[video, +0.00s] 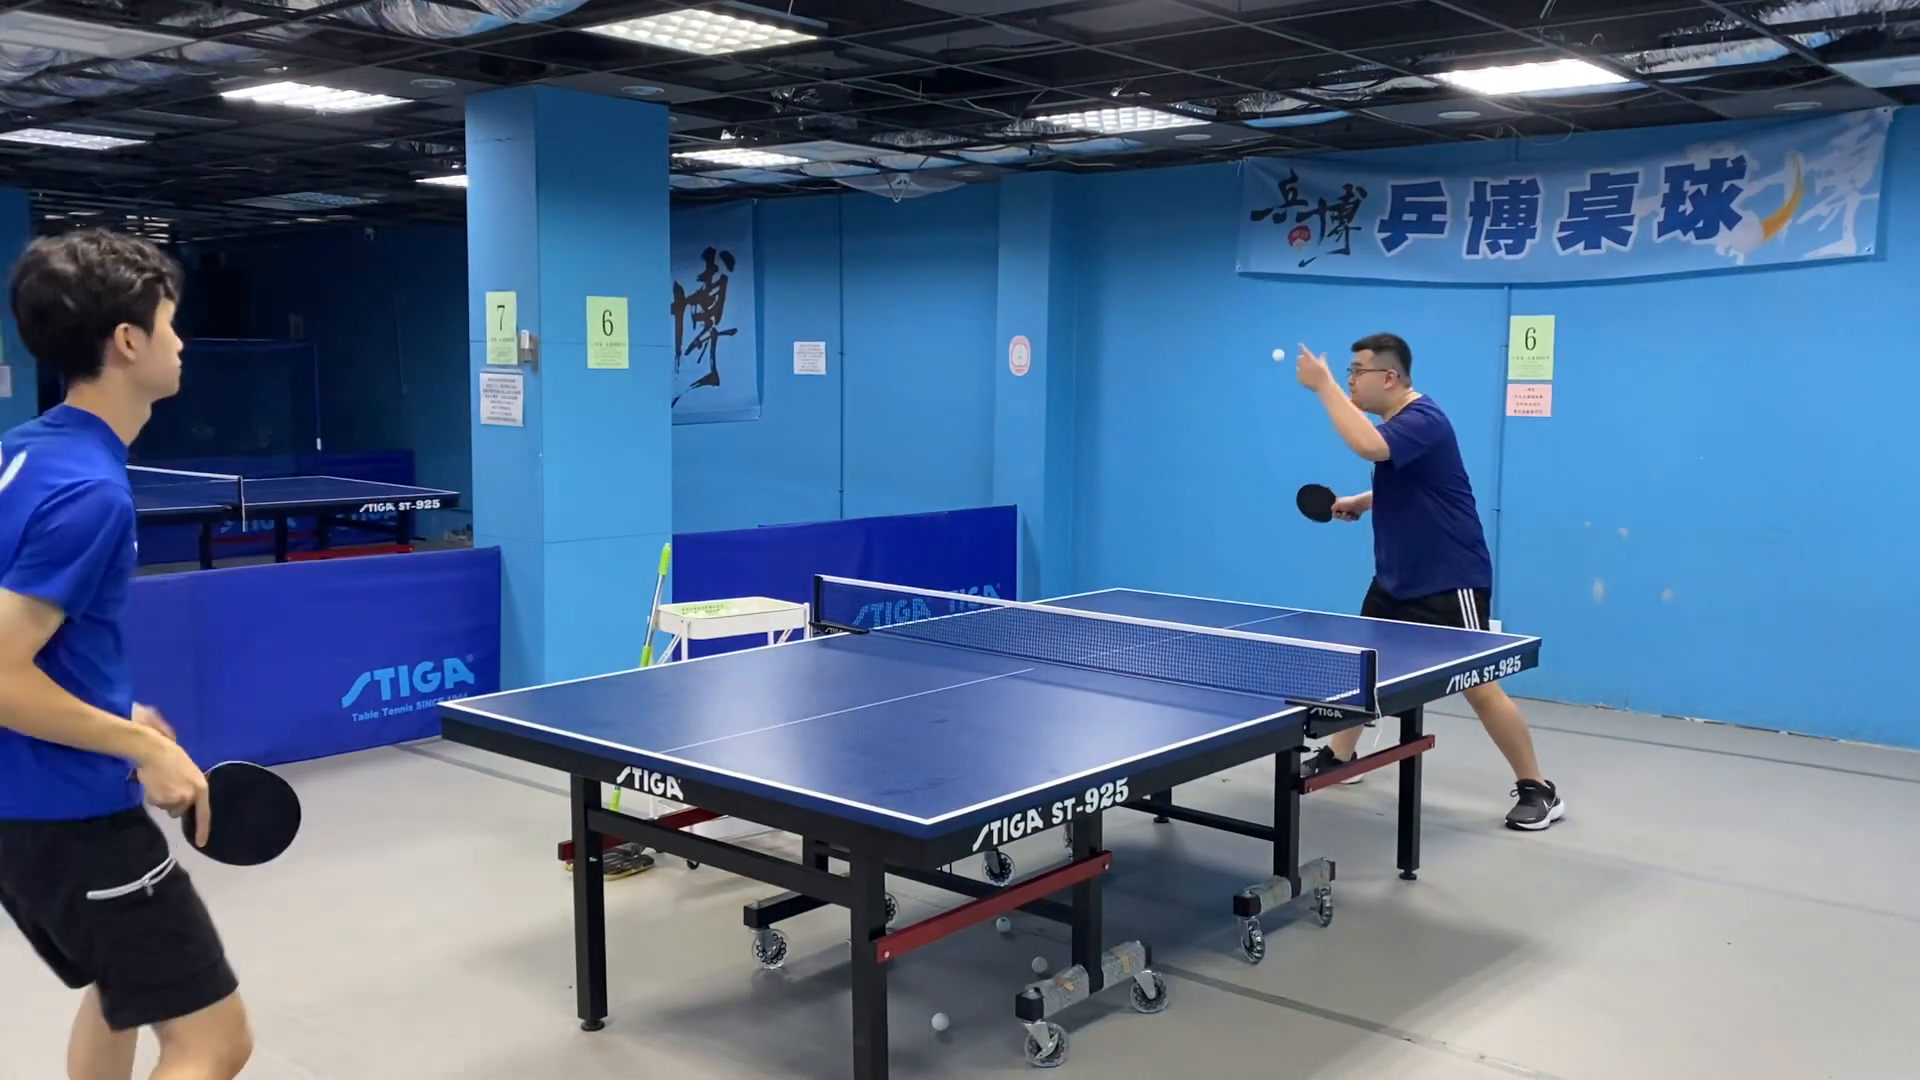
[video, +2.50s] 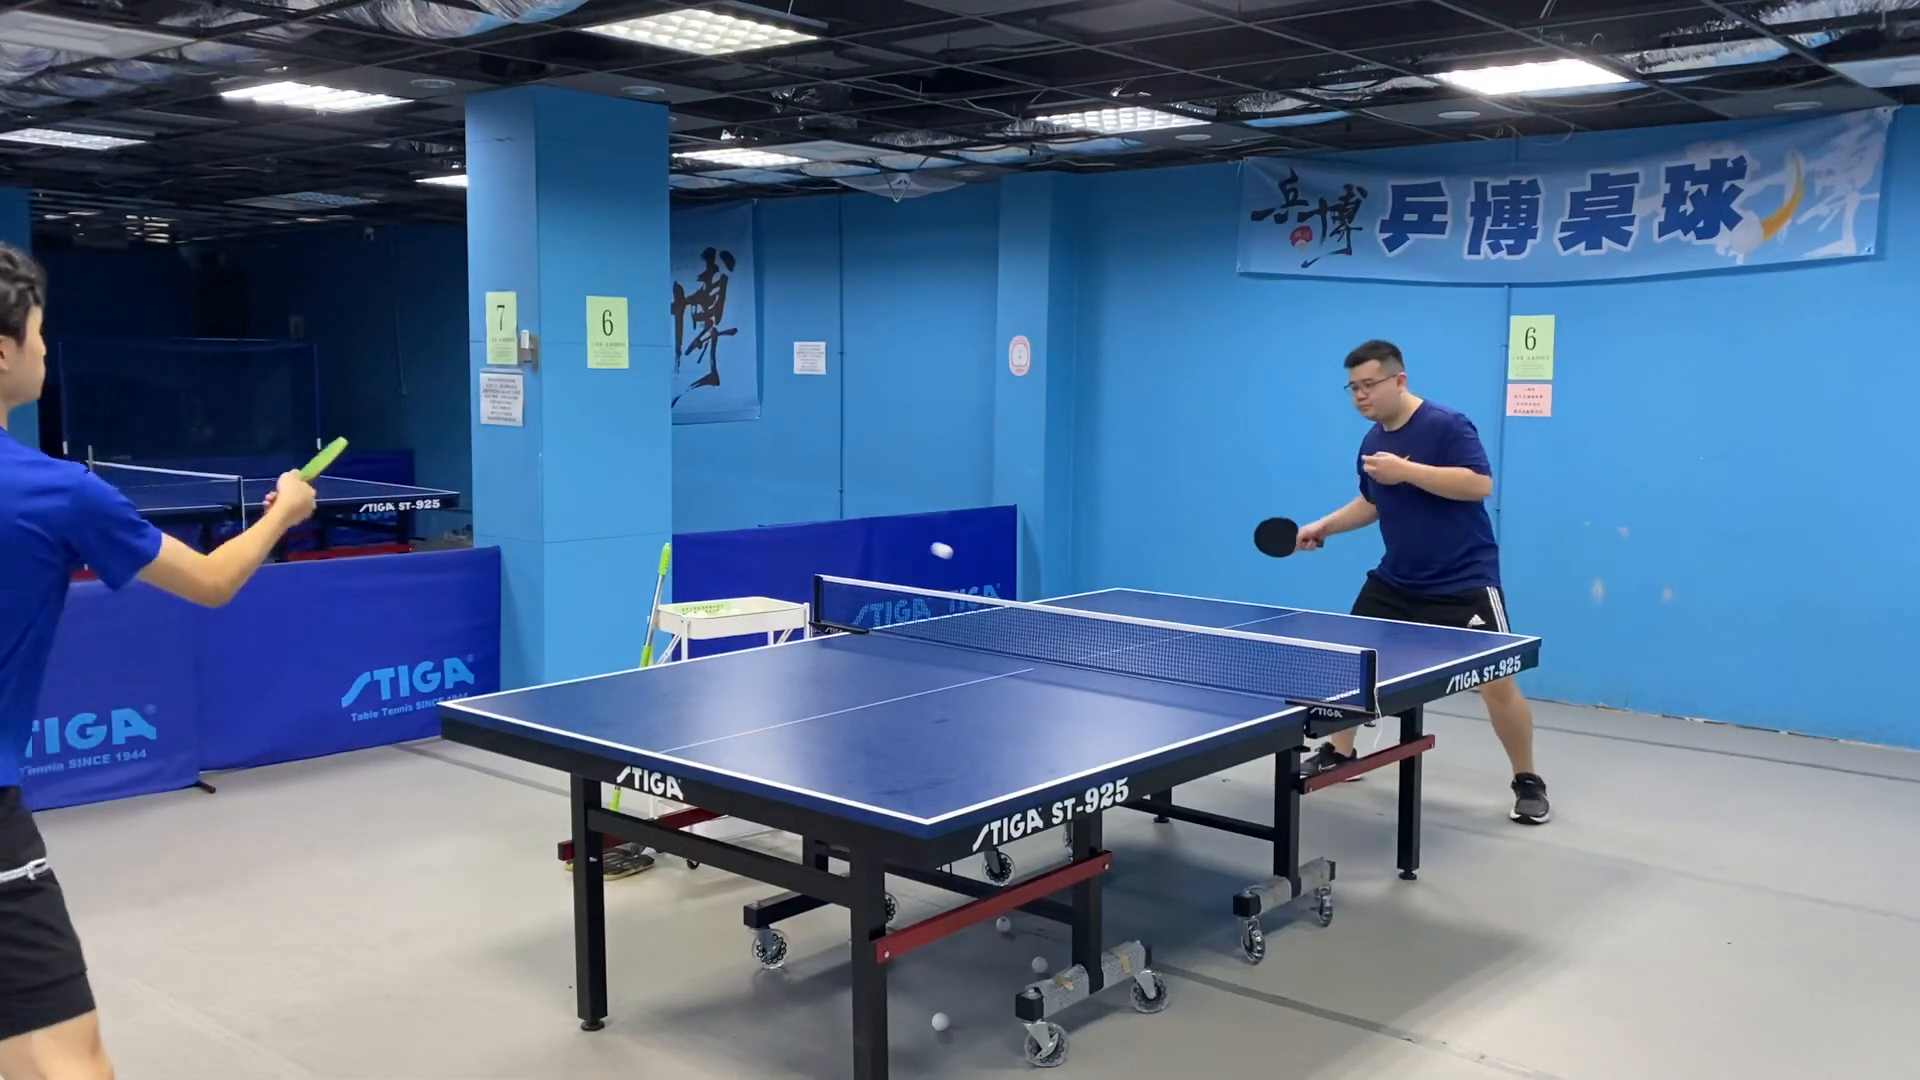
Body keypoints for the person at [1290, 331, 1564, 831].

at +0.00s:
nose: (1350, 381)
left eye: (1358, 371)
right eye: (1351, 372)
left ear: (1392, 377)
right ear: (1387, 379)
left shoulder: (1424, 419)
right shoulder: (1393, 422)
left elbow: (1373, 445)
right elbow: (1410, 489)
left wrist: (1325, 386)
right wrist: (1364, 501)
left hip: (1450, 578)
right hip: (1396, 576)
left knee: (1479, 686)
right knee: (1360, 665)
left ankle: (1535, 787)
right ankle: (1340, 754)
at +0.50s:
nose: (1392, 411)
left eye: (1396, 400)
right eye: (1388, 402)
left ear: (1430, 390)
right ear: (1420, 394)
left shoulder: (1491, 436)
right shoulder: (1411, 440)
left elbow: (1521, 506)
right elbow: (1392, 496)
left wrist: (1441, 514)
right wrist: (1343, 487)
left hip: (1483, 595)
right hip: (1414, 587)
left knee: (1497, 689)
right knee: (1353, 663)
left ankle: (1539, 789)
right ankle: (1331, 745)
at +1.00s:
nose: (1352, 431)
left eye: (1363, 421)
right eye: (1345, 422)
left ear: (1390, 417)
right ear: (1338, 421)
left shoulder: (1438, 455)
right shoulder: (1336, 467)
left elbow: (1479, 499)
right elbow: (1327, 523)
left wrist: (1438, 536)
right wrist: (1309, 532)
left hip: (1448, 597)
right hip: (1367, 596)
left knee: (1496, 672)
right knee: (1310, 660)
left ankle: (1526, 780)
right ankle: (1315, 750)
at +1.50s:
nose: (1329, 408)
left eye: (1337, 396)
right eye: (1323, 400)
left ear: (1369, 389)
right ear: (1324, 401)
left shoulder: (1420, 428)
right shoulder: (1352, 449)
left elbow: (1453, 484)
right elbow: (1357, 512)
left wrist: (1376, 480)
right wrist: (1307, 538)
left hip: (1448, 586)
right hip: (1377, 584)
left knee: (1487, 679)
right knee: (1324, 660)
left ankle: (1525, 780)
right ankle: (1318, 750)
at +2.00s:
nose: (1351, 409)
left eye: (1361, 398)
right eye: (1344, 400)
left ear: (1389, 394)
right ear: (1338, 400)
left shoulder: (1435, 443)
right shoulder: (1336, 445)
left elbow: (1475, 502)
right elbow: (1304, 499)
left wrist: (1421, 486)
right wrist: (1294, 474)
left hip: (1426, 591)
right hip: (1350, 590)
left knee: (1473, 674)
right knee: (1296, 658)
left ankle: (1523, 775)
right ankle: (1313, 749)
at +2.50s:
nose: (1359, 395)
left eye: (1368, 384)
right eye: (1354, 388)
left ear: (1398, 381)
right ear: (1353, 391)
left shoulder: (1448, 427)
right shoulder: (1372, 443)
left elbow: (1480, 485)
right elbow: (1372, 503)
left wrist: (1406, 471)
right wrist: (1323, 527)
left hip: (1465, 581)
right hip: (1397, 578)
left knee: (1497, 682)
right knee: (1350, 658)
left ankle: (1527, 780)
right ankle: (1341, 750)